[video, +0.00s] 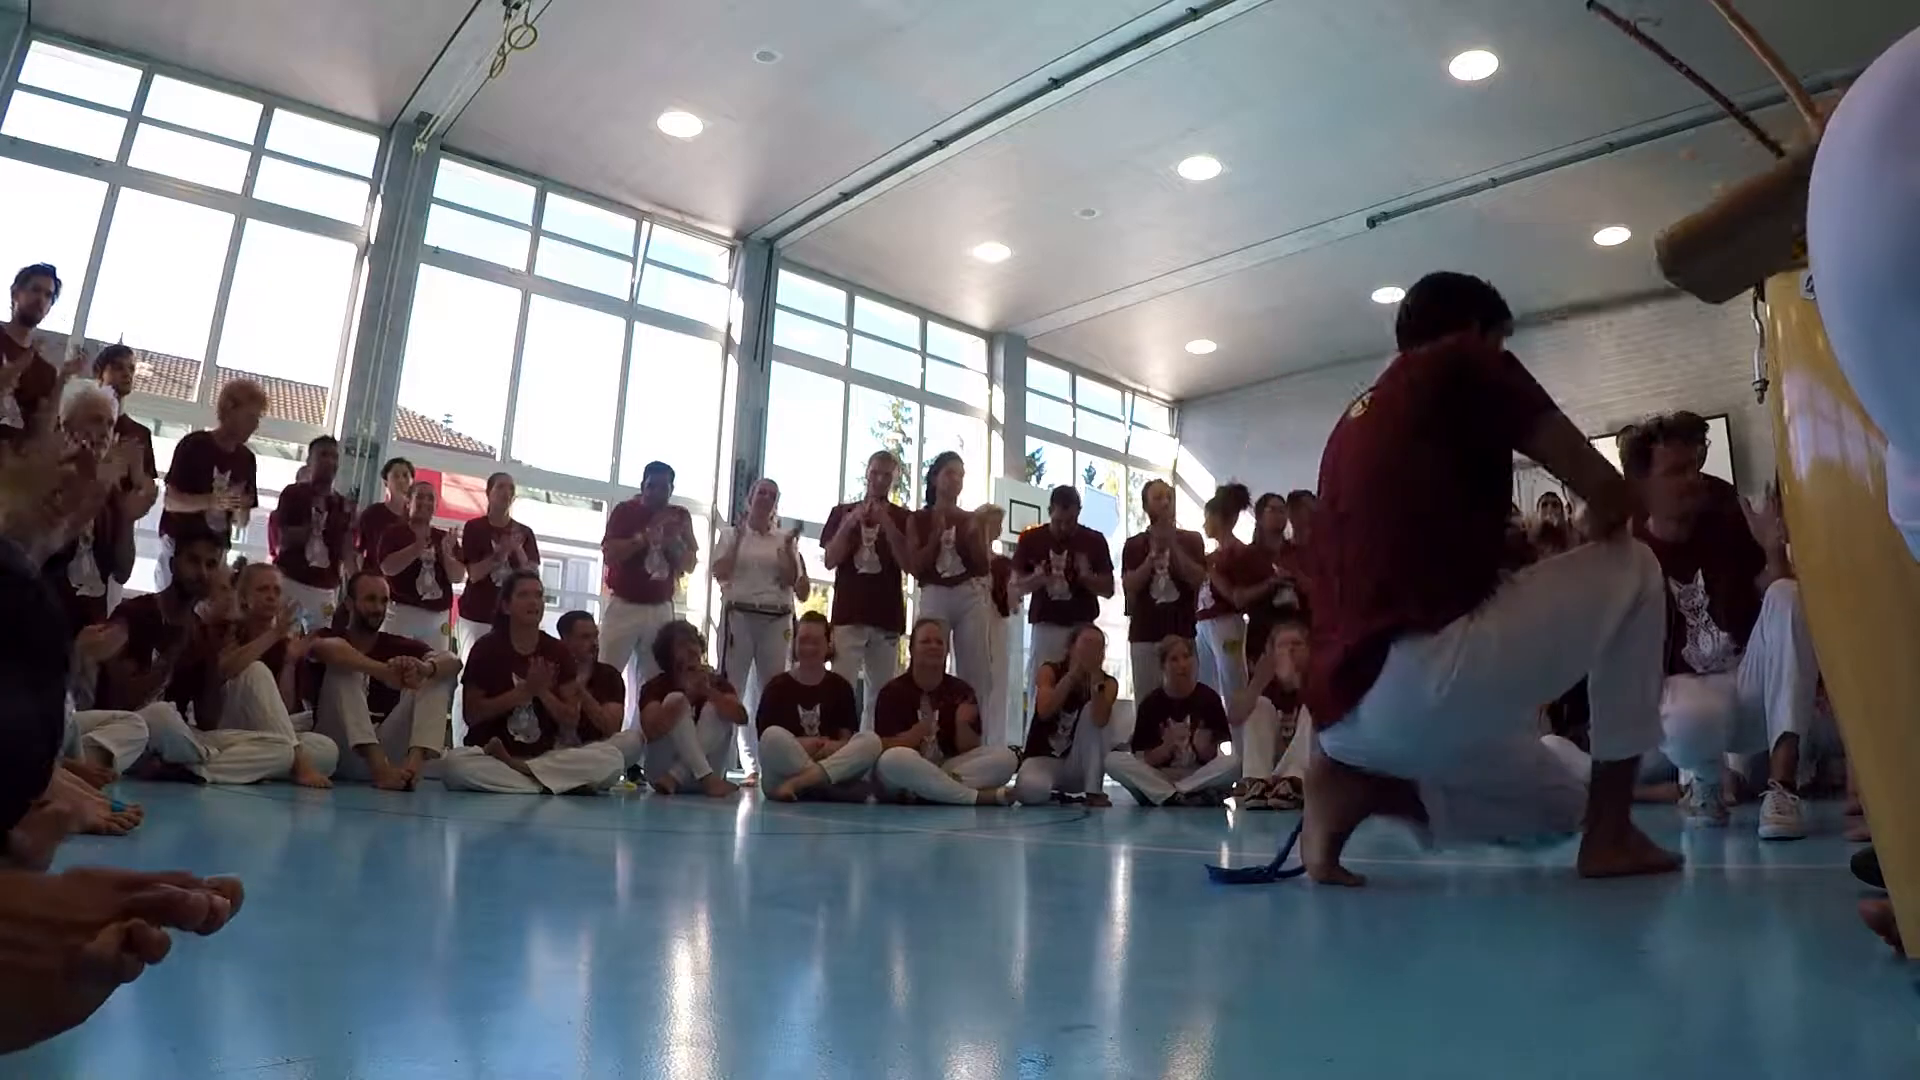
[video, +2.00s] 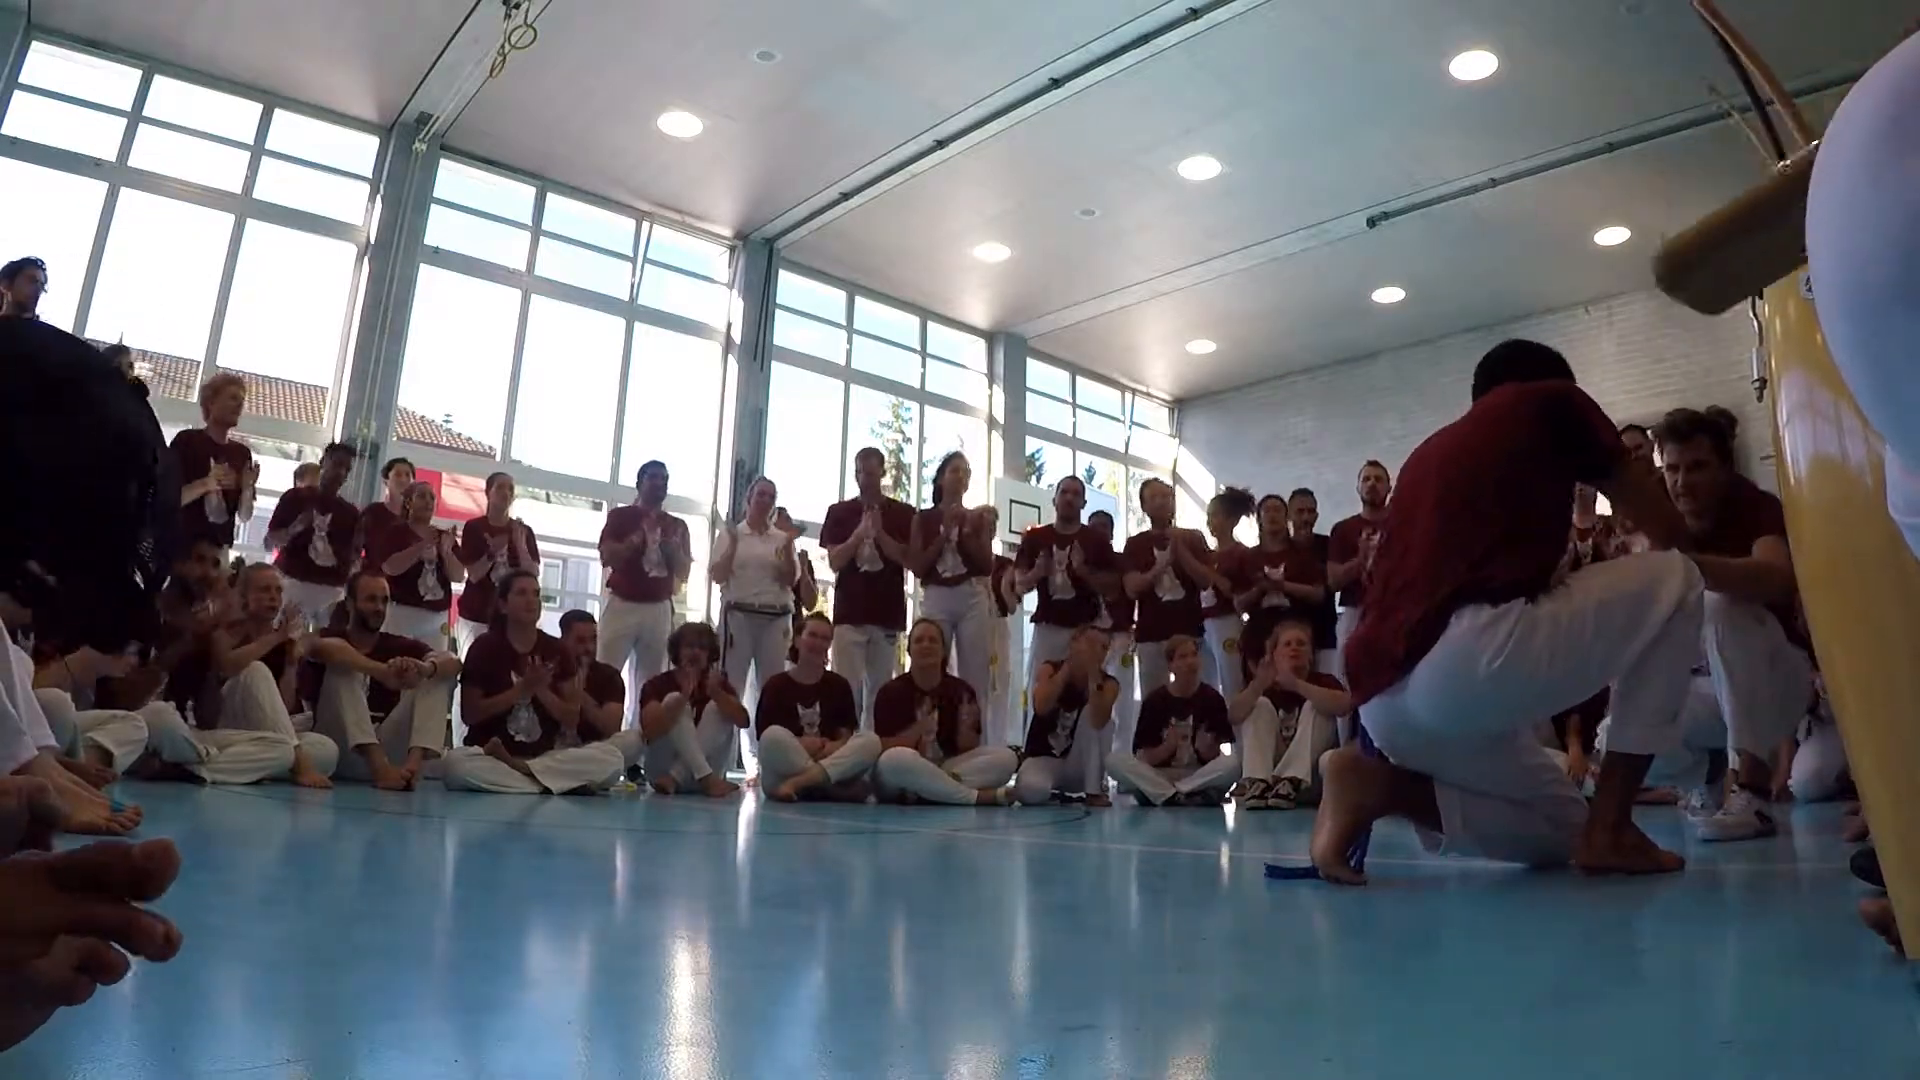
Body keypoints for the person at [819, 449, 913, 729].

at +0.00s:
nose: (878, 479)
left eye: (885, 475)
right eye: (874, 473)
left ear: (895, 478)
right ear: (866, 473)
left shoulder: (903, 517)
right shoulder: (842, 513)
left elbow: (910, 566)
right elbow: (830, 560)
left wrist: (887, 526)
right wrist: (848, 525)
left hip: (887, 619)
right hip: (848, 617)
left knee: (882, 695)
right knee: (842, 692)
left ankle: (880, 755)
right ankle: (839, 755)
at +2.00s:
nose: (863, 477)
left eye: (870, 471)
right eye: (859, 472)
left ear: (882, 472)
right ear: (855, 474)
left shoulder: (904, 513)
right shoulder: (839, 512)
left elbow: (908, 558)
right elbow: (835, 562)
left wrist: (880, 534)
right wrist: (859, 534)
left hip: (888, 617)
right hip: (849, 616)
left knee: (881, 692)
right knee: (846, 691)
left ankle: (879, 754)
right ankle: (844, 755)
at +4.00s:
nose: (862, 479)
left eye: (867, 473)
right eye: (856, 473)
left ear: (873, 476)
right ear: (844, 474)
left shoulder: (888, 512)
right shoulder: (825, 515)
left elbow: (899, 557)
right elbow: (830, 561)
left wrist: (876, 522)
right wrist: (861, 522)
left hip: (879, 619)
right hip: (841, 620)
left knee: (883, 702)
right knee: (836, 698)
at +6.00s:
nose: (886, 477)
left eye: (891, 472)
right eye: (881, 471)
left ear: (896, 476)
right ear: (868, 471)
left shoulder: (907, 514)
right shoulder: (844, 510)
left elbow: (910, 561)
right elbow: (836, 557)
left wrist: (883, 528)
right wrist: (866, 526)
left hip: (886, 613)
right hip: (849, 611)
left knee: (880, 690)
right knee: (845, 688)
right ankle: (844, 748)